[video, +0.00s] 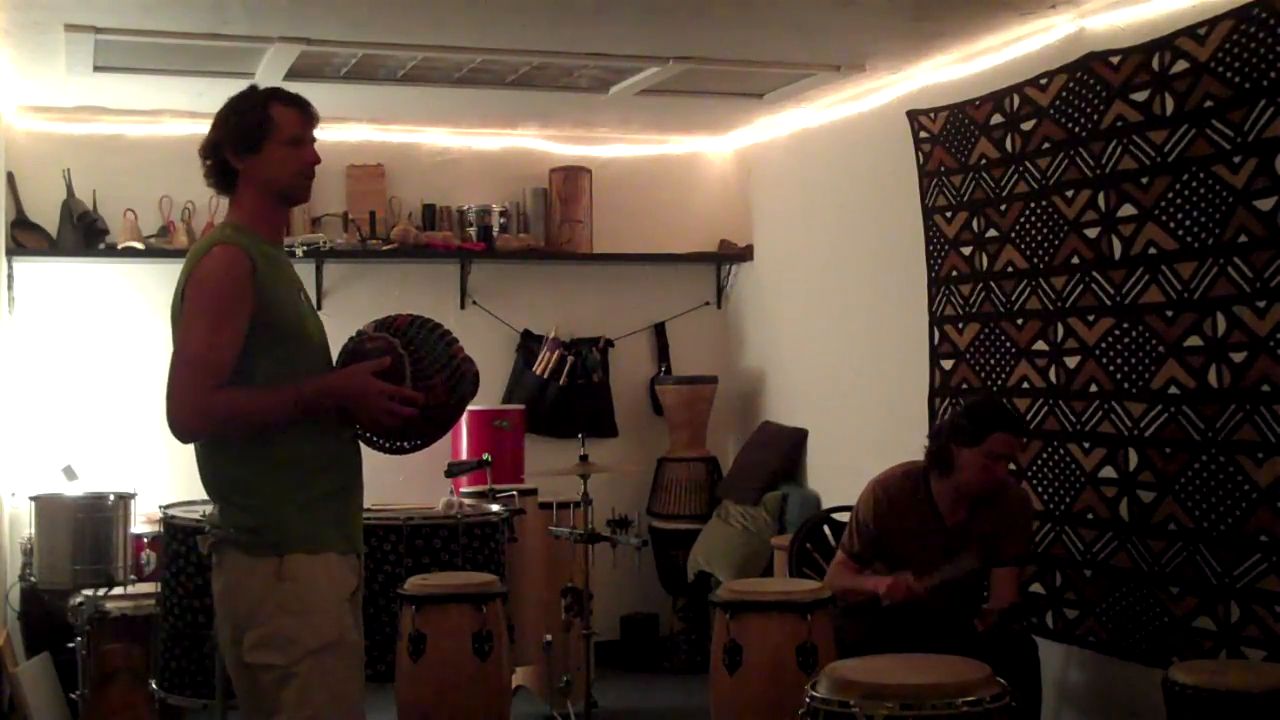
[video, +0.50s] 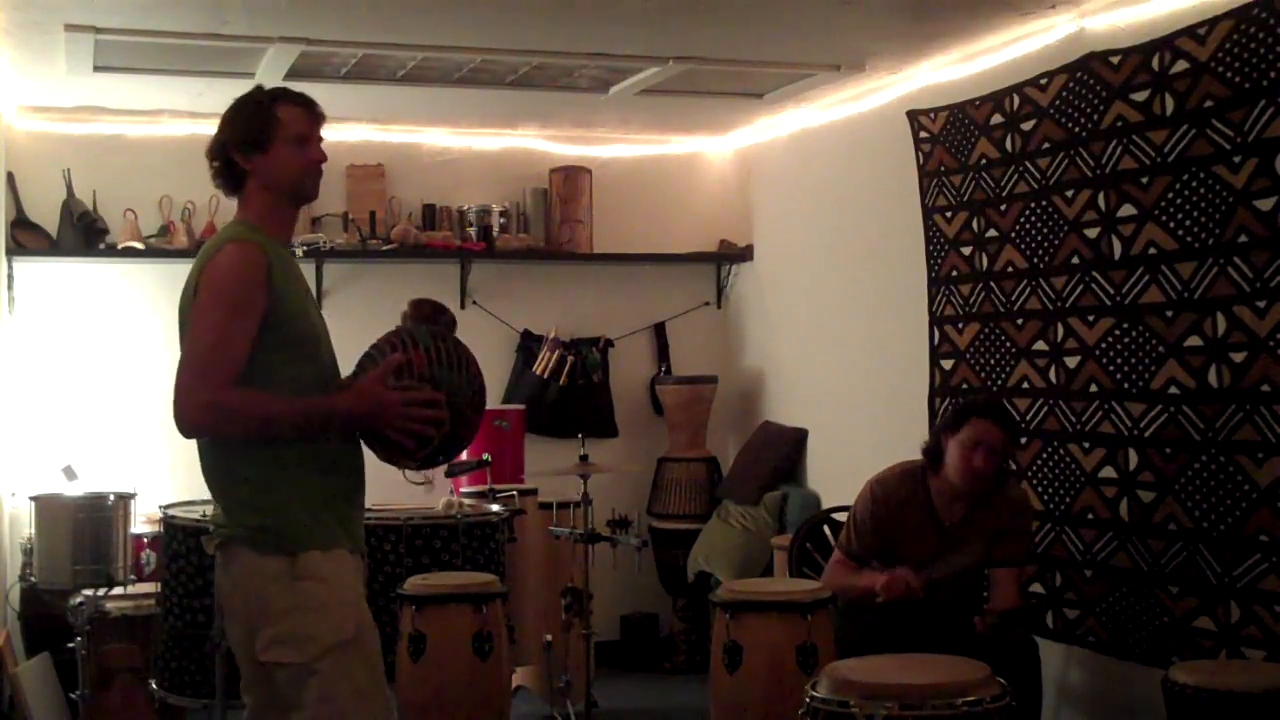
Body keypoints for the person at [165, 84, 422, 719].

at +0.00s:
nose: (316, 155)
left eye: (313, 141)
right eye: (298, 143)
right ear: (244, 156)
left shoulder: (267, 261)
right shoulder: (228, 259)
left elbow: (265, 395)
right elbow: (189, 411)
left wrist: (355, 376)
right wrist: (331, 393)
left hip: (308, 556)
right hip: (281, 562)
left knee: (316, 705)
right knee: (305, 707)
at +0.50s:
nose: (322, 155)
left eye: (320, 141)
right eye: (304, 142)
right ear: (250, 156)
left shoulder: (270, 259)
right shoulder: (240, 258)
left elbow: (275, 403)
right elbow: (196, 407)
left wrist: (365, 386)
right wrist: (348, 406)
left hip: (303, 554)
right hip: (288, 561)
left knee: (295, 707)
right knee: (338, 706)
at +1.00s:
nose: (358, 145)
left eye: (355, 131)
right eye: (339, 133)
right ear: (286, 152)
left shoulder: (307, 257)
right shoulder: (279, 259)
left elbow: (324, 414)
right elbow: (233, 414)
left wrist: (418, 417)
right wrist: (384, 449)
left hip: (329, 560)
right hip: (309, 566)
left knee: (329, 707)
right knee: (340, 708)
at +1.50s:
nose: (461, 128)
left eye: (454, 114)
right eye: (442, 116)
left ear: (403, 140)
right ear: (388, 139)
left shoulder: (425, 240)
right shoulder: (345, 248)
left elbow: (414, 385)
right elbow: (260, 403)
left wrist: (491, 422)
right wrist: (406, 450)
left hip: (407, 551)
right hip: (356, 563)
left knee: (407, 705)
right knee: (375, 706)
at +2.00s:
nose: (481, 122)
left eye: (473, 106)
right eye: (462, 108)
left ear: (409, 133)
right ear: (404, 130)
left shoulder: (418, 238)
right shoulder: (409, 251)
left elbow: (514, 346)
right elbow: (469, 431)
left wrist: (637, 344)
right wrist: (610, 385)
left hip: (433, 566)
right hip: (418, 578)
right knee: (449, 709)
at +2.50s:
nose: (524, 130)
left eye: (518, 115)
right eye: (505, 117)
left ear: (454, 141)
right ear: (448, 137)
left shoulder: (465, 246)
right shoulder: (450, 255)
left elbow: (493, 406)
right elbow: (426, 436)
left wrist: (602, 414)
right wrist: (569, 494)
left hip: (515, 566)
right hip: (466, 579)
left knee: (568, 710)